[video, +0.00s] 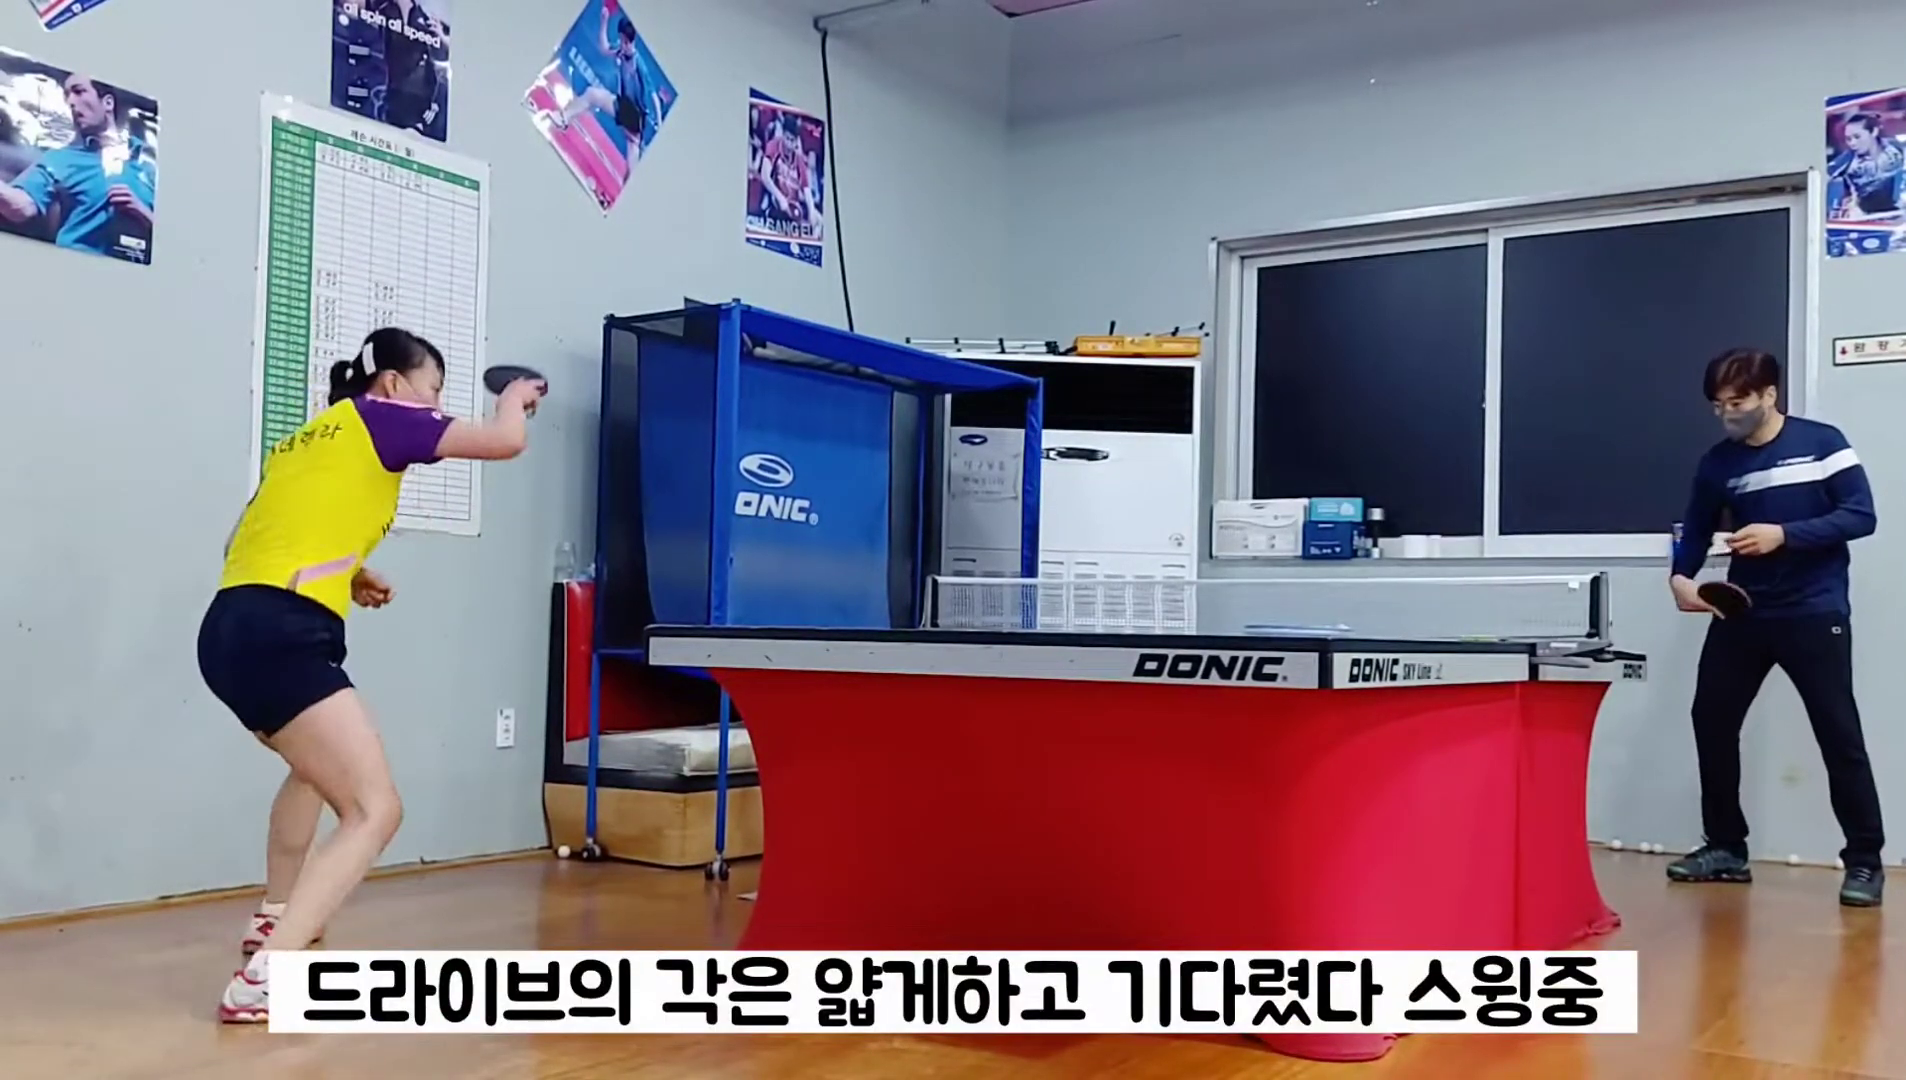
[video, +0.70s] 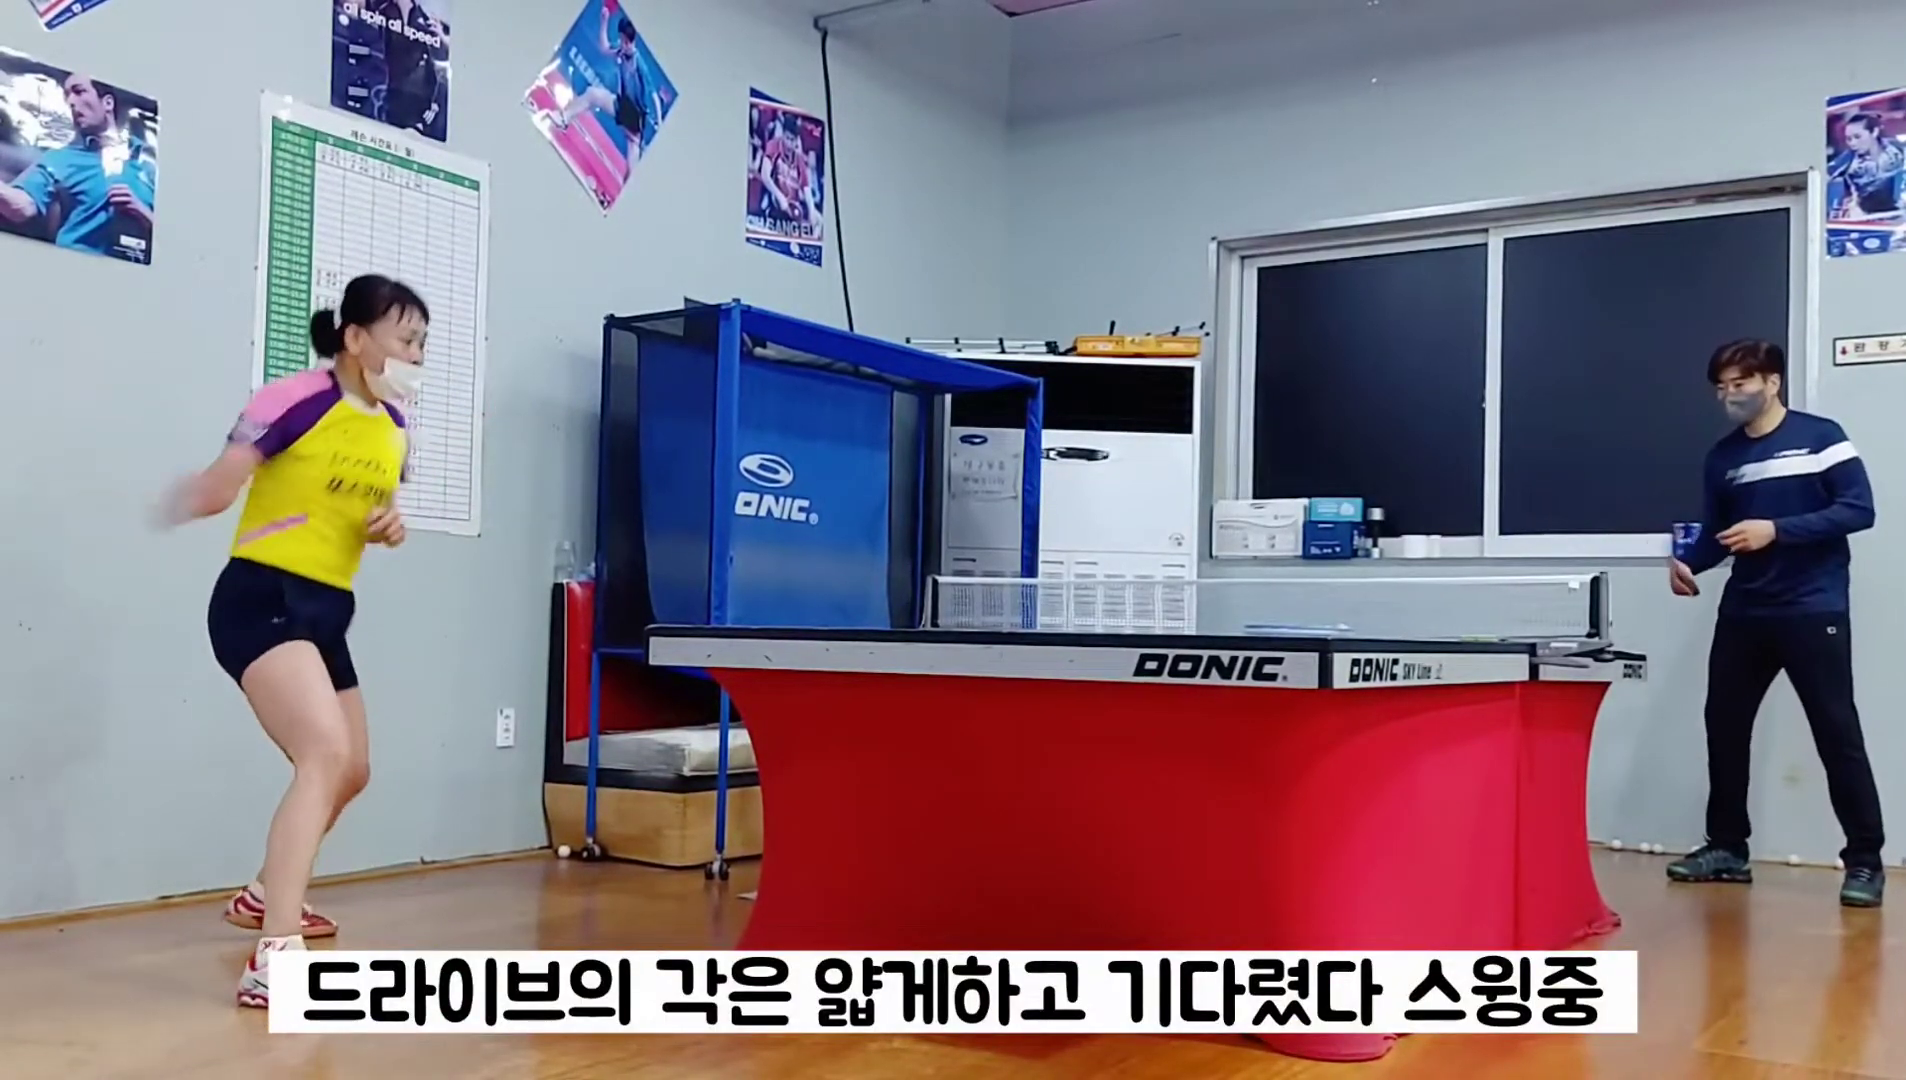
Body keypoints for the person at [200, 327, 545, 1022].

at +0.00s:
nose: (434, 406)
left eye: (437, 395)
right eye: (431, 392)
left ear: (372, 386)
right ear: (391, 381)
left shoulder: (303, 439)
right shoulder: (383, 418)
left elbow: (274, 527)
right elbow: (505, 441)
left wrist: (348, 570)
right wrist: (515, 398)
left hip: (228, 632)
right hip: (281, 632)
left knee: (310, 772)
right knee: (374, 810)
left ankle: (275, 919)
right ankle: (270, 976)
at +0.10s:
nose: (433, 365)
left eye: (435, 352)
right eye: (427, 350)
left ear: (374, 344)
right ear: (384, 342)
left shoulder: (322, 402)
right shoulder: (362, 393)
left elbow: (300, 494)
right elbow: (463, 465)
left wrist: (365, 537)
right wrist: (508, 434)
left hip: (255, 608)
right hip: (284, 612)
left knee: (323, 770)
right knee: (358, 788)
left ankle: (279, 912)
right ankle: (267, 970)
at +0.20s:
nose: (429, 339)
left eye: (429, 326)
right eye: (421, 324)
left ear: (380, 330)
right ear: (376, 326)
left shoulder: (369, 398)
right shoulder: (334, 382)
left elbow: (348, 497)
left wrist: (395, 523)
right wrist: (455, 512)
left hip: (319, 606)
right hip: (270, 601)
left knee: (351, 766)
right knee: (346, 764)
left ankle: (266, 890)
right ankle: (275, 955)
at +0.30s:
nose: (417, 365)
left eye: (417, 351)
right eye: (406, 351)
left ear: (376, 360)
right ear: (358, 359)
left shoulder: (404, 442)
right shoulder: (286, 438)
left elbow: (379, 518)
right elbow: (232, 549)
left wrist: (404, 538)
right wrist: (274, 611)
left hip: (346, 633)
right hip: (267, 628)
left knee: (357, 801)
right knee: (346, 770)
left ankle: (260, 896)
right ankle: (280, 963)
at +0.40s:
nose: (404, 410)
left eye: (405, 395)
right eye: (390, 396)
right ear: (338, 408)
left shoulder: (409, 480)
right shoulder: (267, 482)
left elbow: (420, 560)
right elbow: (184, 573)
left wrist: (402, 583)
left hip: (349, 662)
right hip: (264, 649)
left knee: (364, 832)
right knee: (341, 765)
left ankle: (260, 900)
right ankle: (281, 964)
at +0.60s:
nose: (398, 392)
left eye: (402, 378)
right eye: (385, 377)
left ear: (399, 386)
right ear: (333, 383)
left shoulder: (408, 465)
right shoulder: (265, 454)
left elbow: (413, 552)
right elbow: (178, 528)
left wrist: (389, 564)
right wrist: (73, 539)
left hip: (341, 648)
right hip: (260, 633)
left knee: (358, 815)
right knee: (332, 762)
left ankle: (259, 901)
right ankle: (281, 962)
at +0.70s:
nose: (415, 355)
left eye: (420, 342)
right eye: (404, 338)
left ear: (409, 349)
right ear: (355, 336)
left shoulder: (394, 425)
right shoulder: (291, 398)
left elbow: (371, 516)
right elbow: (216, 492)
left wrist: (386, 523)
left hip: (324, 612)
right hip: (259, 599)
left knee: (352, 771)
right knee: (325, 757)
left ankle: (268, 893)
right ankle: (276, 962)